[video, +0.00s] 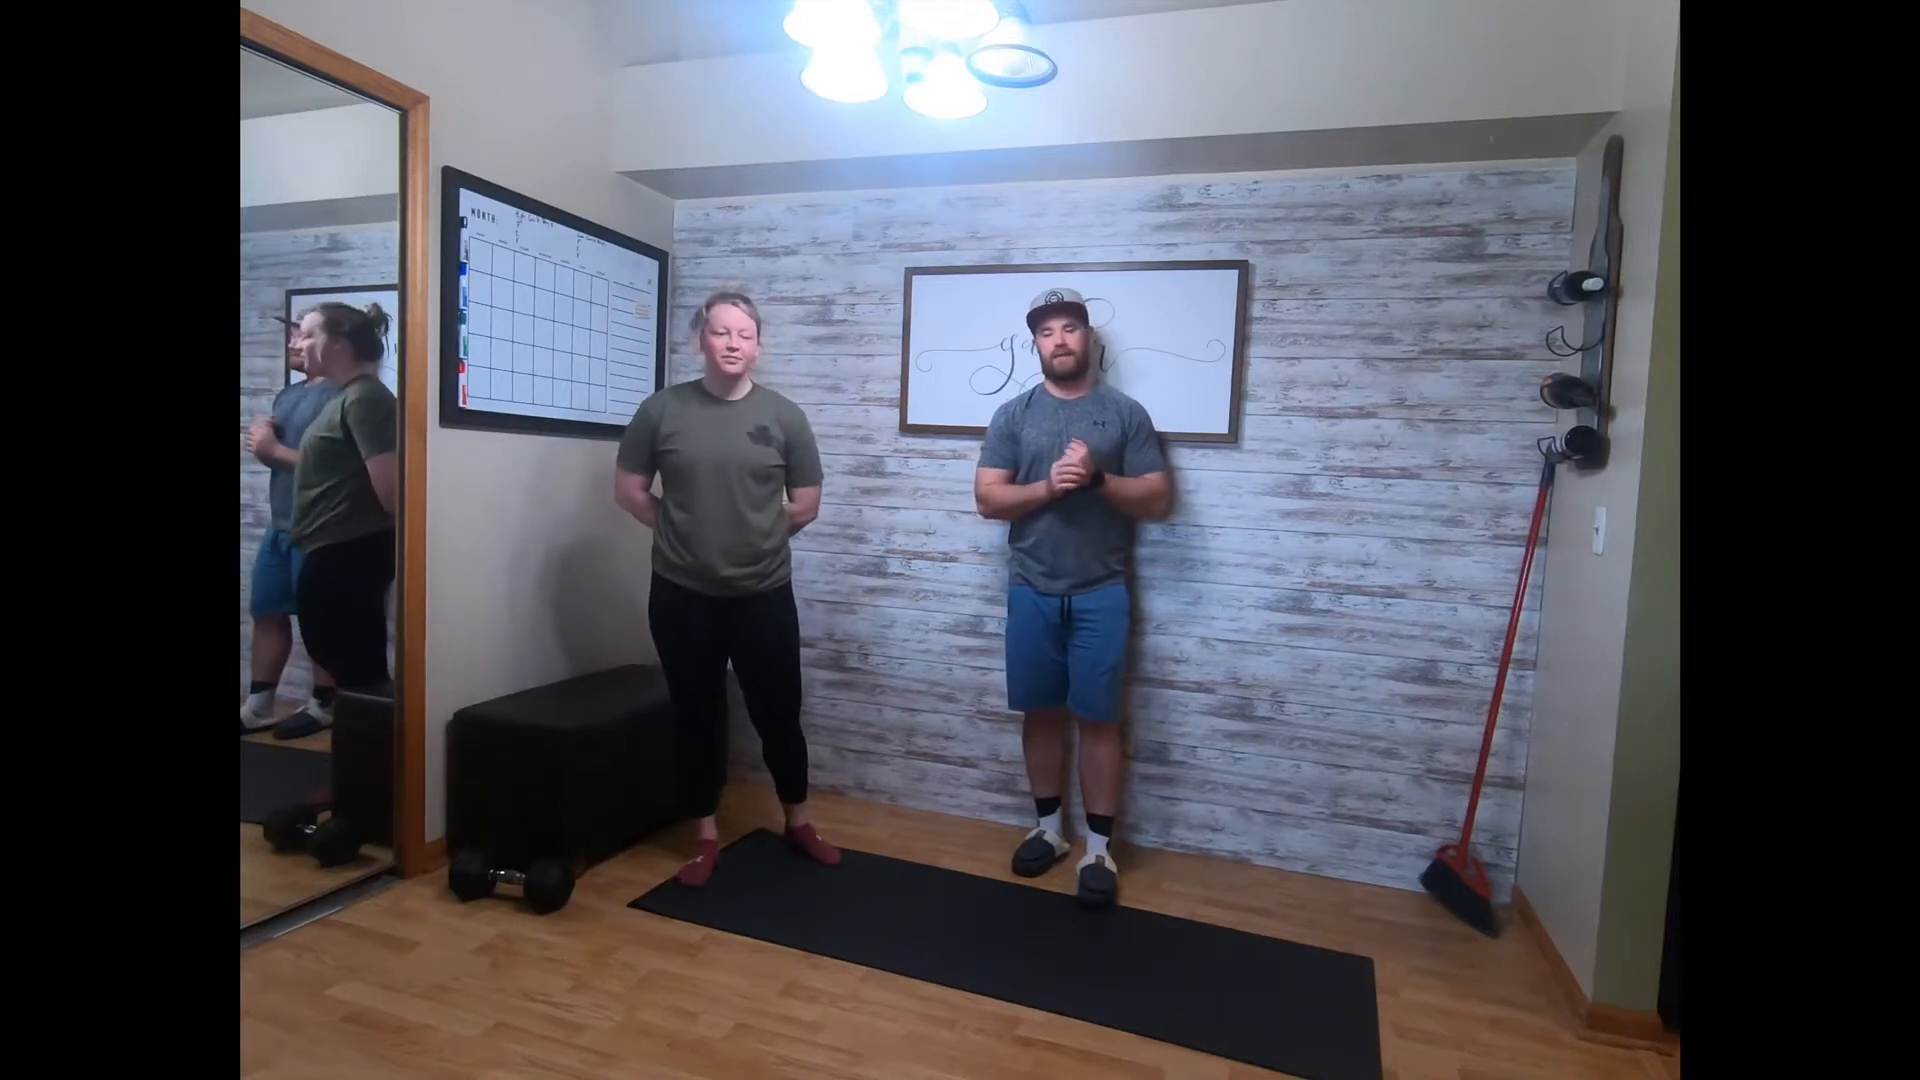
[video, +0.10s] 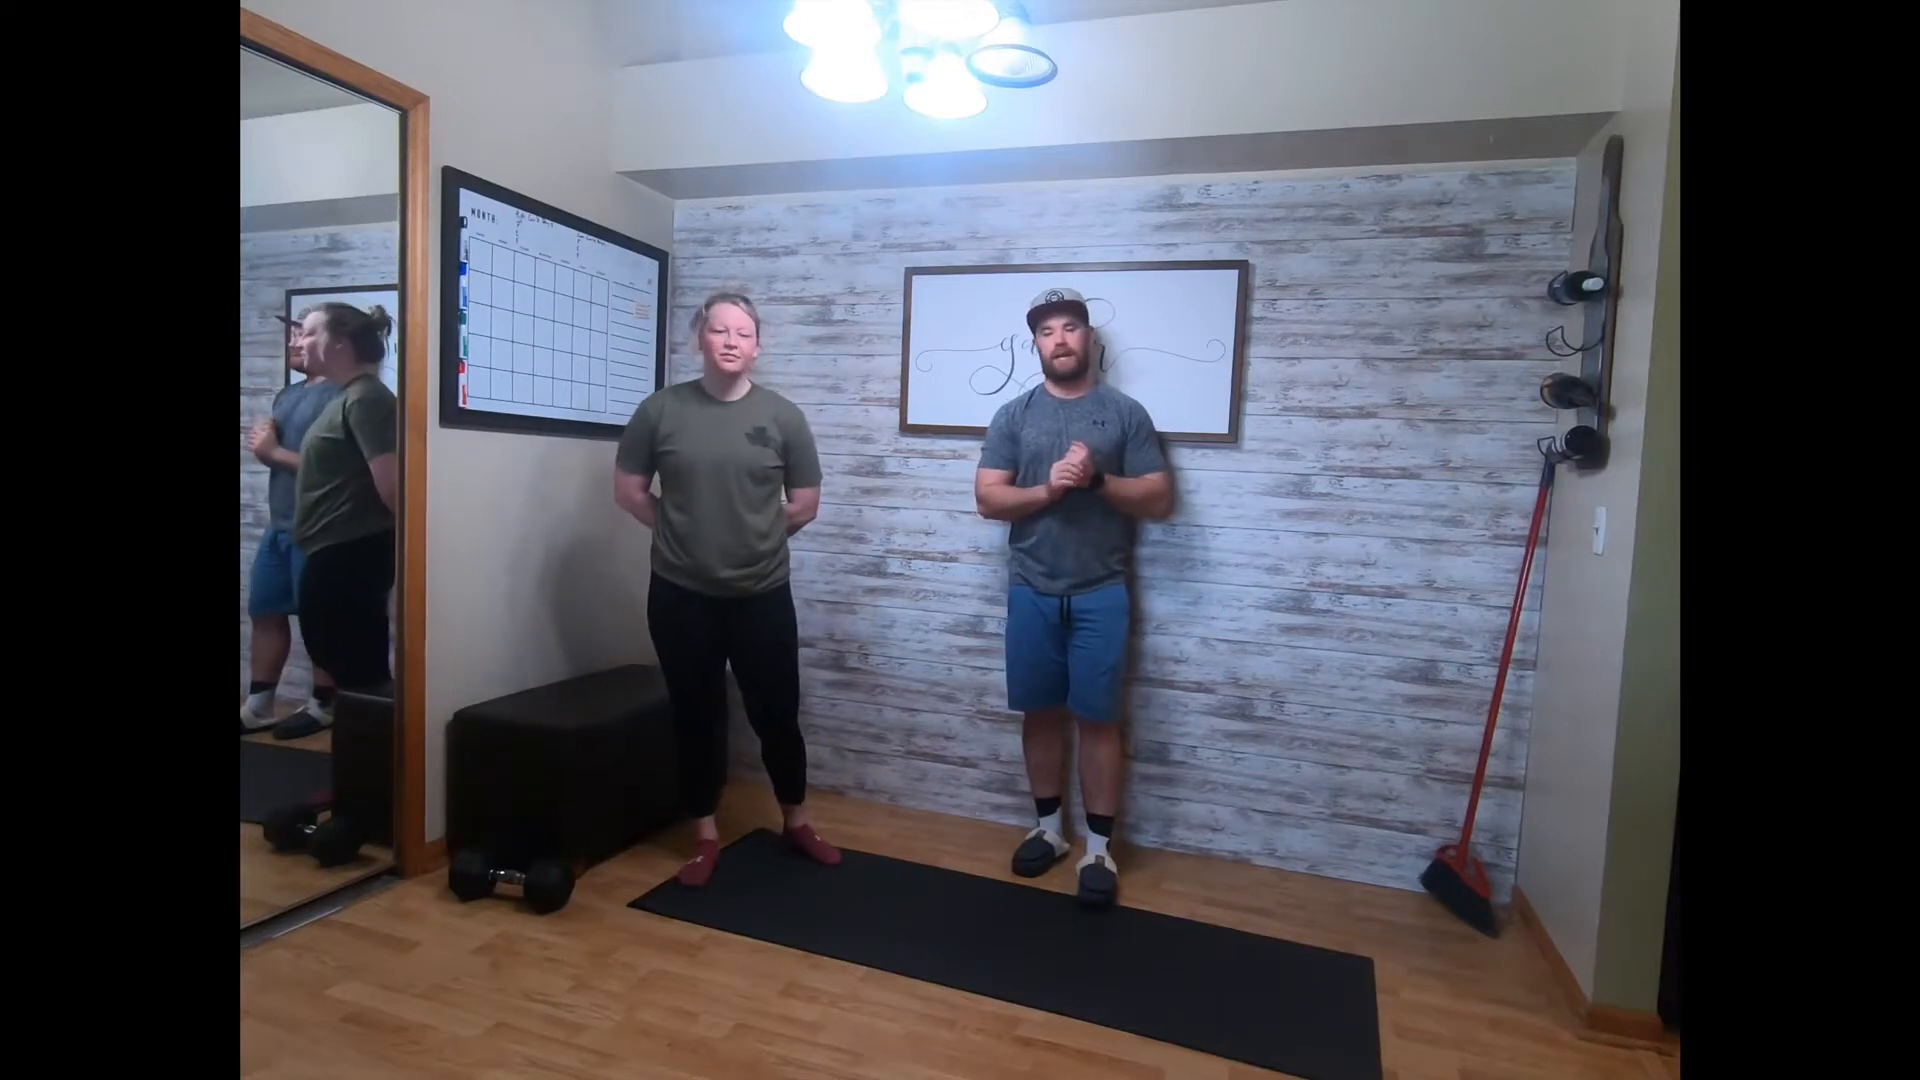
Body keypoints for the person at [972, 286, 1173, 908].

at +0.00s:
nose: (1060, 339)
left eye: (1070, 329)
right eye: (1048, 332)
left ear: (1089, 339)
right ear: (1035, 346)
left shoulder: (1124, 413)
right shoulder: (1013, 415)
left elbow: (1158, 500)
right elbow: (988, 498)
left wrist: (1100, 479)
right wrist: (1048, 487)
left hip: (1101, 584)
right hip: (1031, 584)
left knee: (1097, 714)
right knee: (1040, 709)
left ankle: (1098, 850)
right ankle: (1049, 830)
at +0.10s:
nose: (1060, 338)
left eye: (1070, 328)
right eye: (1048, 332)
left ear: (1089, 339)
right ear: (1035, 346)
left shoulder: (1124, 413)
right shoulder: (1013, 415)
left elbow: (1159, 499)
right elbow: (989, 498)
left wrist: (1099, 479)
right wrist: (1048, 488)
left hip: (1101, 584)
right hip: (1031, 584)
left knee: (1097, 714)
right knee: (1040, 710)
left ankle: (1098, 850)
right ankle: (1049, 831)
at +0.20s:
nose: (1060, 338)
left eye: (1070, 328)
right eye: (1048, 332)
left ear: (1089, 338)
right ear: (1035, 346)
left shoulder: (1125, 413)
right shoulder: (1014, 416)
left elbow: (1159, 500)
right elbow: (989, 499)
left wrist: (1098, 480)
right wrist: (1049, 488)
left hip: (1101, 585)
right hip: (1031, 585)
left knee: (1097, 715)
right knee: (1040, 710)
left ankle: (1098, 850)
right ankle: (1048, 831)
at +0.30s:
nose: (1060, 339)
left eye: (1070, 329)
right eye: (1048, 332)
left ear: (1090, 338)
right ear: (1036, 346)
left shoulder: (1125, 413)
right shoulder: (1015, 416)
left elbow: (1159, 500)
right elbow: (989, 499)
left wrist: (1098, 480)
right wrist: (1047, 490)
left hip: (1102, 584)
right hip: (1032, 585)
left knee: (1097, 715)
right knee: (1040, 710)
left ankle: (1098, 850)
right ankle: (1048, 831)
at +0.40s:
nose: (1061, 339)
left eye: (1071, 328)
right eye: (1049, 332)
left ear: (1091, 338)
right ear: (1037, 346)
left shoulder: (1126, 414)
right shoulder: (1015, 416)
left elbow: (1158, 501)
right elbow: (990, 498)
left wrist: (1098, 479)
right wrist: (1046, 491)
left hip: (1102, 585)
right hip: (1032, 585)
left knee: (1097, 715)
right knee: (1041, 710)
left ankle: (1098, 850)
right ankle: (1048, 831)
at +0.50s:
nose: (1062, 338)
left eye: (1072, 328)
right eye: (1049, 331)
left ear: (1091, 338)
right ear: (1037, 345)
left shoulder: (1126, 413)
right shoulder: (1015, 416)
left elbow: (1159, 501)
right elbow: (990, 498)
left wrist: (1100, 477)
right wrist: (1046, 491)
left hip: (1102, 584)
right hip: (1033, 584)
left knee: (1097, 714)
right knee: (1041, 710)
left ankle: (1098, 850)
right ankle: (1049, 831)